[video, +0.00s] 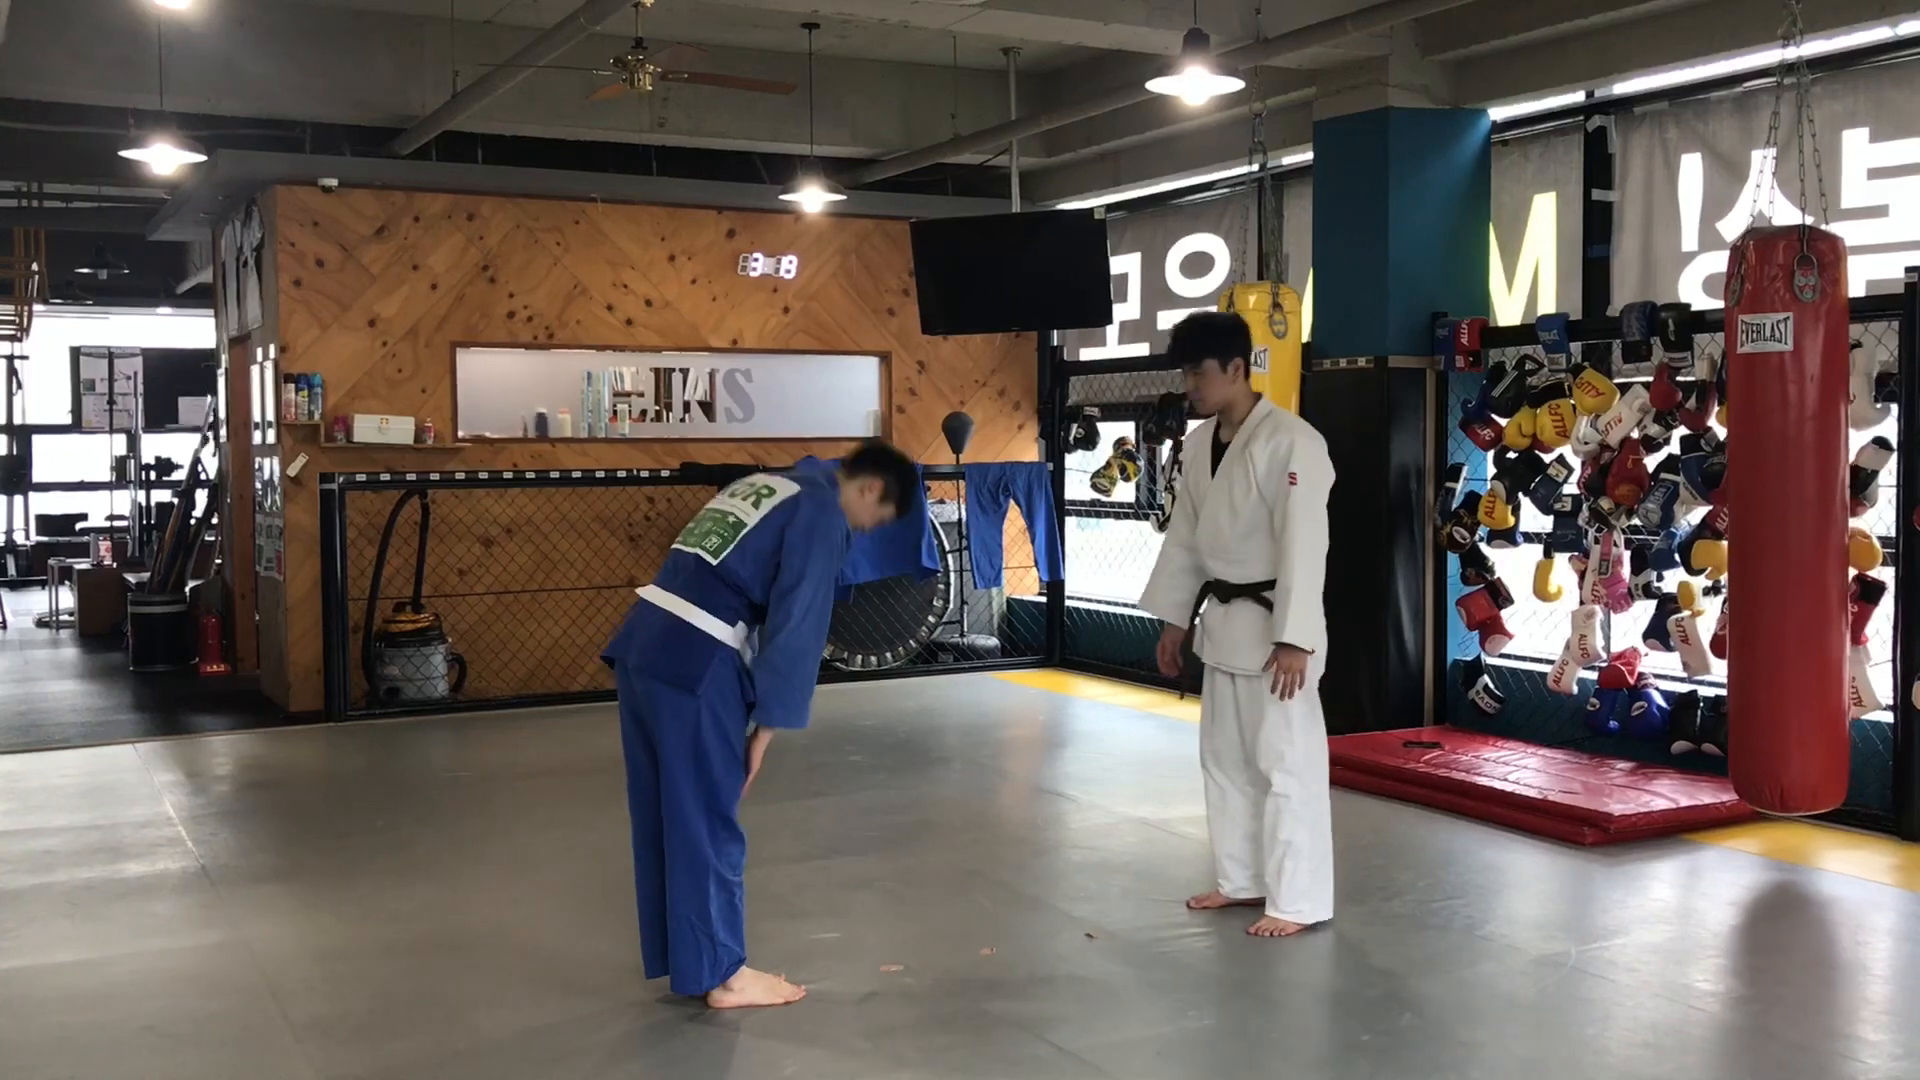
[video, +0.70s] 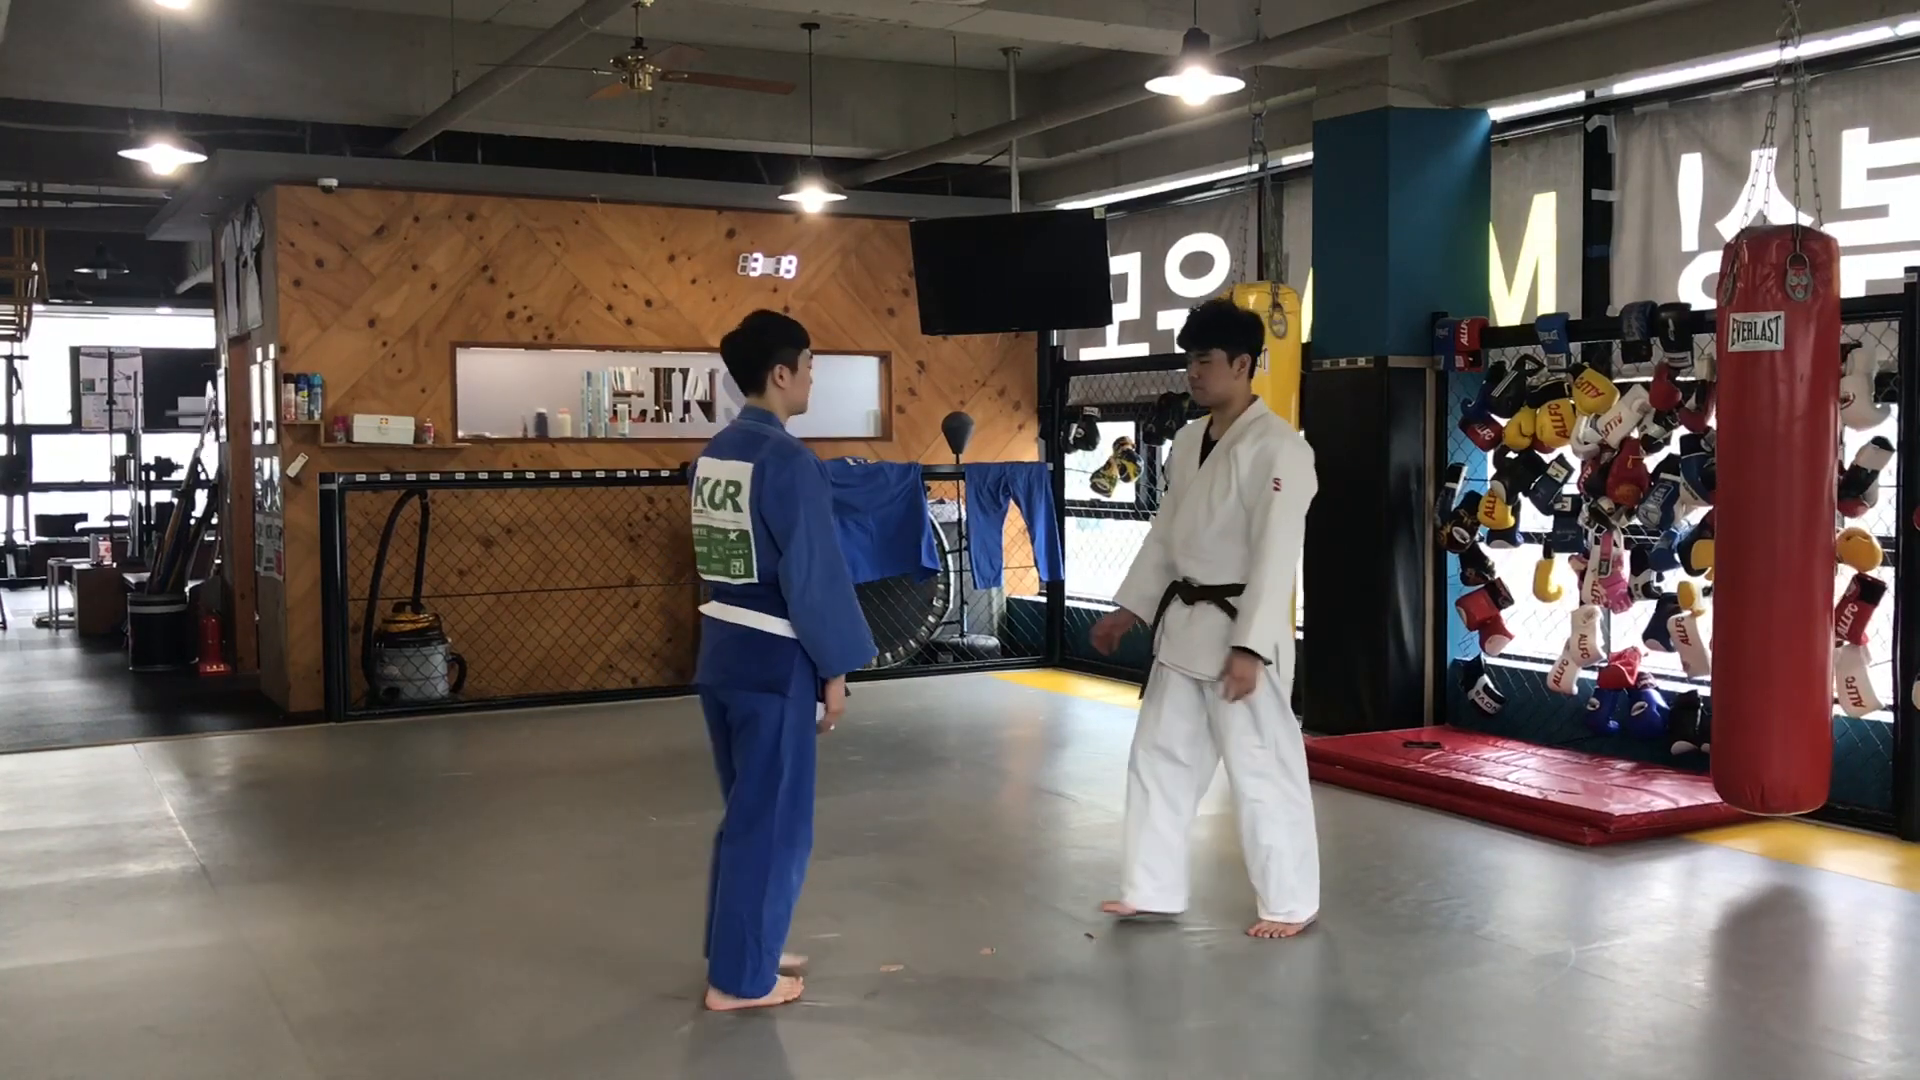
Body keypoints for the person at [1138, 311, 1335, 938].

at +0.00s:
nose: (1187, 388)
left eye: (1196, 375)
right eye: (1184, 376)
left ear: (1236, 369)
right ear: (1204, 375)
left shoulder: (1293, 441)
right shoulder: (1198, 442)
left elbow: (1305, 546)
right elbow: (1183, 537)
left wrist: (1295, 638)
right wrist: (1174, 619)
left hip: (1277, 624)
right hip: (1219, 622)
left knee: (1285, 767)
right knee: (1226, 761)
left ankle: (1302, 903)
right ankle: (1242, 882)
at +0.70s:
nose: (1192, 374)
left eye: (1204, 362)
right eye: (1189, 362)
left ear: (1243, 366)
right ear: (1196, 367)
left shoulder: (1279, 445)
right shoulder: (1190, 440)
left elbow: (1278, 552)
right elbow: (1165, 532)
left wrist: (1251, 645)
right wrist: (1129, 606)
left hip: (1248, 627)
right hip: (1183, 623)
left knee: (1263, 771)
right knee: (1160, 758)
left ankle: (1291, 903)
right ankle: (1157, 893)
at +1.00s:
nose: (1150, 372)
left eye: (1161, 360)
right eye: (1148, 361)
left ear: (1200, 361)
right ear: (1158, 364)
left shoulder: (1233, 443)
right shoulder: (1143, 440)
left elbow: (1217, 541)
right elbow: (1109, 524)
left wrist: (1164, 615)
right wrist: (1055, 575)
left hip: (1196, 617)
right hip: (1135, 612)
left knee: (1226, 761)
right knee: (1135, 763)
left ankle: (1284, 884)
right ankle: (1138, 900)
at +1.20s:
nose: (1128, 368)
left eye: (1142, 357)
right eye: (1125, 357)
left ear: (1180, 361)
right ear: (1125, 362)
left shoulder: (1208, 442)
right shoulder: (1112, 440)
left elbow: (1185, 525)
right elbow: (1067, 512)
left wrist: (1118, 567)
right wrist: (995, 525)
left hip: (1174, 617)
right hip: (1116, 615)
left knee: (1182, 761)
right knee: (1118, 766)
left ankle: (1246, 883)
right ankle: (1136, 903)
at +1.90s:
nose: (1115, 367)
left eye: (1128, 356)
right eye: (1112, 355)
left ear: (1168, 359)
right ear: (1114, 359)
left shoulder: (1197, 440)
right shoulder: (1094, 426)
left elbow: (1173, 510)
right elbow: (1029, 468)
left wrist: (1090, 490)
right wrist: (965, 454)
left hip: (1150, 619)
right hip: (1091, 616)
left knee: (1151, 781)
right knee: (1102, 775)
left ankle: (1168, 930)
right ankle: (1125, 903)